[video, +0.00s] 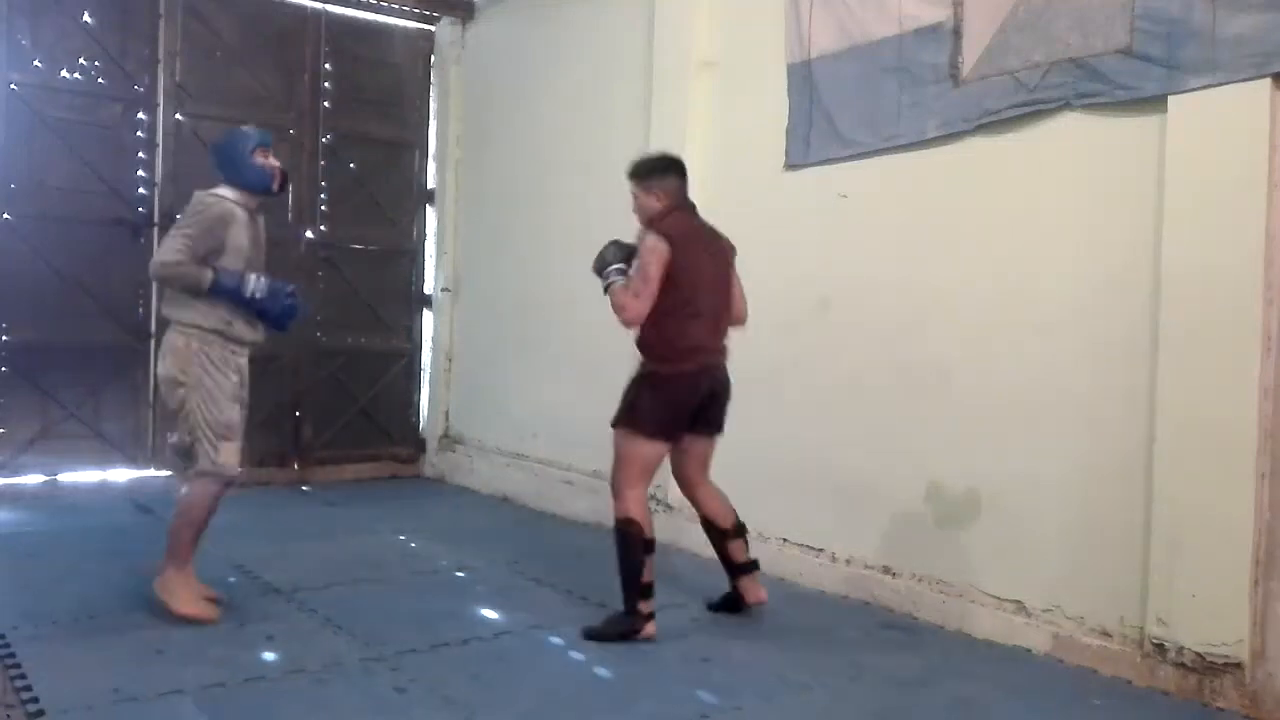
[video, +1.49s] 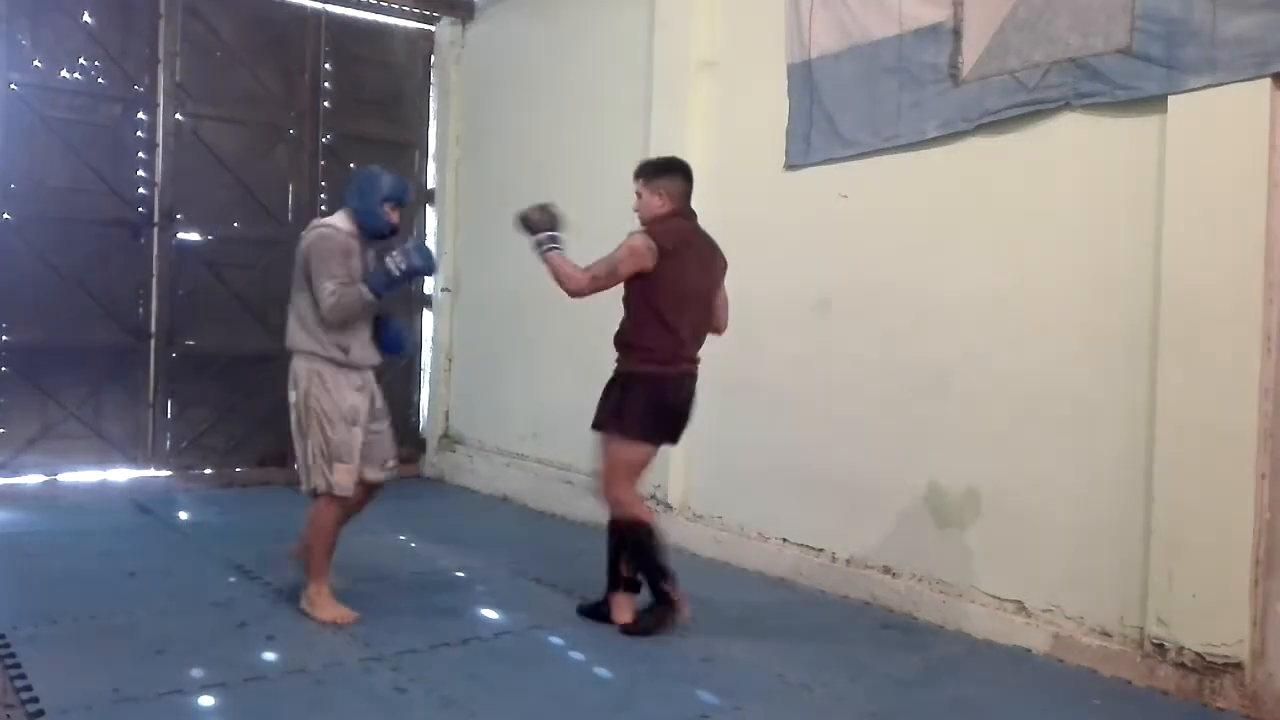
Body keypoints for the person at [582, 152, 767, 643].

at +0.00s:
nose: (634, 208)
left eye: (637, 199)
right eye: (633, 199)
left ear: (657, 195)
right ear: (678, 194)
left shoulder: (659, 239)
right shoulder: (715, 240)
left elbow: (632, 313)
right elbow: (737, 314)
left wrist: (613, 274)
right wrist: (678, 300)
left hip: (663, 381)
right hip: (711, 380)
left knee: (629, 487)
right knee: (694, 478)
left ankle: (638, 614)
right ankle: (748, 586)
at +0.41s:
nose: (675, 210)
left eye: (679, 201)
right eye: (673, 202)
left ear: (705, 197)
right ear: (712, 199)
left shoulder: (711, 238)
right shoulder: (740, 234)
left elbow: (667, 303)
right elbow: (705, 298)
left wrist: (656, 256)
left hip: (712, 377)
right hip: (745, 376)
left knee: (686, 479)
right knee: (731, 477)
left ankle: (719, 597)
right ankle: (770, 584)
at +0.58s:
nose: (677, 210)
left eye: (682, 200)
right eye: (676, 201)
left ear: (709, 196)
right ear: (710, 197)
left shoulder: (724, 240)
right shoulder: (736, 232)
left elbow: (731, 311)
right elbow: (731, 302)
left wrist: (679, 295)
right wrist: (685, 301)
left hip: (713, 368)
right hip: (743, 368)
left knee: (657, 457)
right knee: (733, 471)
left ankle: (694, 571)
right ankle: (769, 579)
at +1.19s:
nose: (643, 203)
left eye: (648, 193)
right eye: (643, 193)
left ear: (675, 194)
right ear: (682, 196)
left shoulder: (675, 240)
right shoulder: (709, 238)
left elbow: (652, 315)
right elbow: (693, 309)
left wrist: (620, 289)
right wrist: (639, 303)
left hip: (662, 380)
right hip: (698, 379)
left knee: (635, 483)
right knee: (697, 478)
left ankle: (661, 603)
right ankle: (754, 575)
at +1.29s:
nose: (635, 186)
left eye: (640, 177)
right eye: (636, 177)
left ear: (663, 178)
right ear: (678, 179)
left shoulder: (660, 220)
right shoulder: (709, 227)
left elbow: (644, 296)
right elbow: (716, 308)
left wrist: (608, 269)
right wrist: (644, 299)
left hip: (656, 362)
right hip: (693, 360)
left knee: (648, 478)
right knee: (669, 469)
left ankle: (658, 598)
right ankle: (709, 570)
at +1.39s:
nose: (632, 187)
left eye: (636, 178)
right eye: (632, 178)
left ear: (658, 178)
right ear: (675, 179)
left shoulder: (654, 217)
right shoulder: (708, 227)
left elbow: (606, 287)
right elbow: (719, 306)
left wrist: (582, 249)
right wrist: (665, 282)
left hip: (652, 360)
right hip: (688, 359)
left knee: (650, 480)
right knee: (646, 476)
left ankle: (671, 596)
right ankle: (643, 588)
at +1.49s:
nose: (635, 203)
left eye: (641, 195)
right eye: (636, 194)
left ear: (663, 196)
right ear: (678, 198)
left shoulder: (647, 243)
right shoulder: (709, 250)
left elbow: (577, 283)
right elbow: (718, 322)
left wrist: (545, 240)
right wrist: (668, 294)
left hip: (641, 381)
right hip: (676, 383)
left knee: (618, 488)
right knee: (622, 486)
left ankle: (668, 595)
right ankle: (619, 600)